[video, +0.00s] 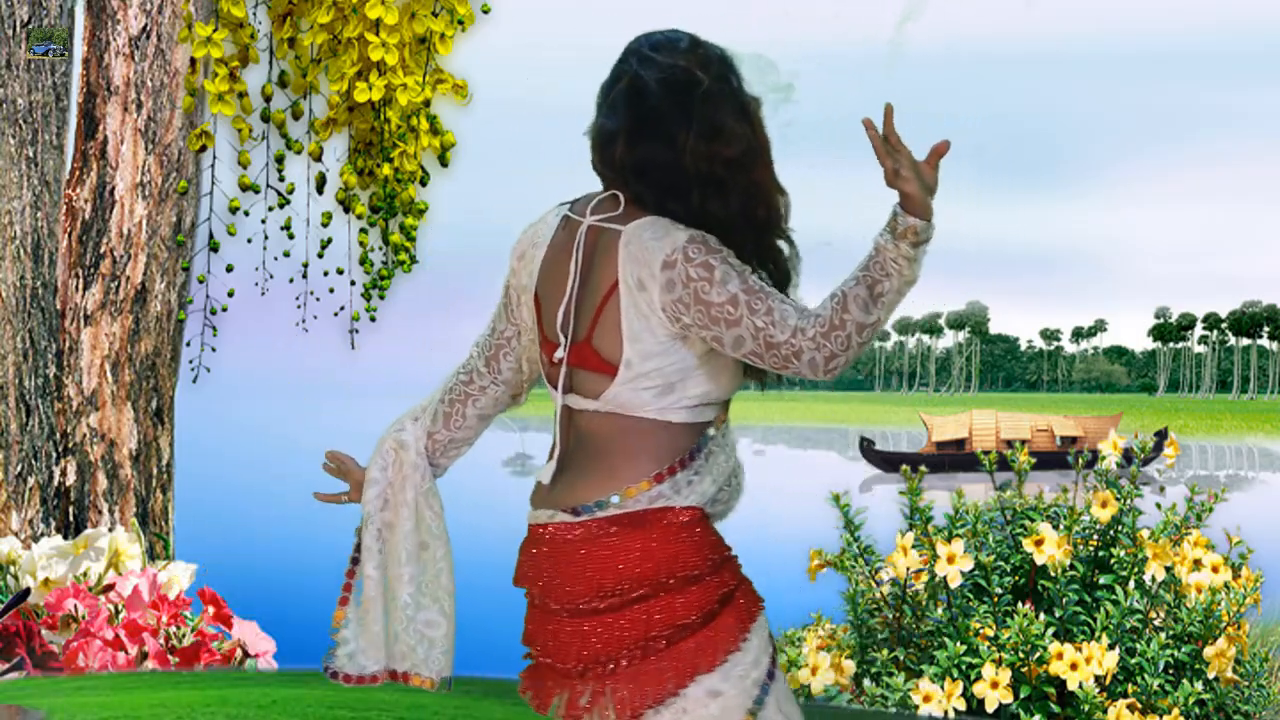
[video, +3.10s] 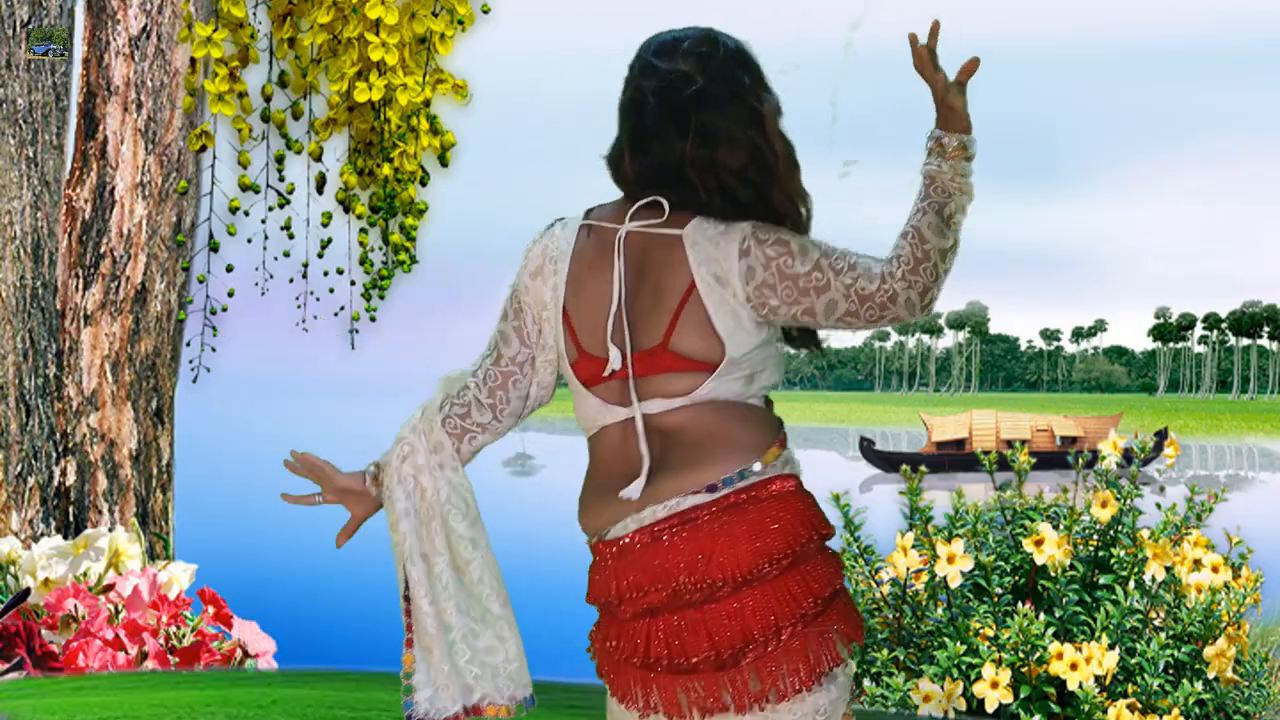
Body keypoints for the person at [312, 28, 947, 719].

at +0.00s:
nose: (748, 144)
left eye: (739, 122)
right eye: (737, 125)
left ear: (610, 137)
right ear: (716, 141)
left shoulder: (547, 242)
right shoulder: (675, 256)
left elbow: (483, 381)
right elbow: (816, 348)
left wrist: (393, 468)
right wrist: (910, 227)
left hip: (555, 543)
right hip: (656, 541)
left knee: (587, 705)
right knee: (735, 702)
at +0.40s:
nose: (692, 109)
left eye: (685, 88)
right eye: (679, 91)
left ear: (560, 115)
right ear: (652, 110)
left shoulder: (502, 229)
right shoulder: (658, 227)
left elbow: (432, 357)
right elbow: (785, 325)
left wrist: (318, 403)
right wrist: (867, 191)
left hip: (482, 516)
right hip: (600, 539)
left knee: (506, 697)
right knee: (681, 703)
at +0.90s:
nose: (735, 123)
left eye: (725, 102)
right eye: (727, 104)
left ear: (597, 113)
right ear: (709, 116)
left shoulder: (526, 235)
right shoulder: (722, 229)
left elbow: (486, 406)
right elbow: (834, 353)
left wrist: (351, 427)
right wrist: (928, 244)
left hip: (575, 516)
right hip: (715, 505)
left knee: (585, 698)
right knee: (741, 700)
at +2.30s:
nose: (681, 119)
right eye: (670, 101)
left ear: (543, 133)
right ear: (656, 120)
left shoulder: (501, 262)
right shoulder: (696, 235)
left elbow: (446, 421)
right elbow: (830, 310)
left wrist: (330, 350)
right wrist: (887, 173)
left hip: (488, 521)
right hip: (624, 548)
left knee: (490, 696)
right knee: (653, 701)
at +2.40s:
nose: (678, 119)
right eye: (667, 101)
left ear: (541, 128)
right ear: (656, 116)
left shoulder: (502, 255)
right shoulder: (698, 229)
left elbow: (449, 417)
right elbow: (828, 310)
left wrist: (327, 350)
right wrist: (885, 175)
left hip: (499, 518)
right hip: (634, 539)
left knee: (495, 695)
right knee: (657, 703)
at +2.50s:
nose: (705, 110)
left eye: (697, 89)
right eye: (696, 92)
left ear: (570, 115)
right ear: (678, 108)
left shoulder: (514, 243)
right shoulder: (711, 221)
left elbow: (469, 407)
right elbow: (844, 309)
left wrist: (331, 375)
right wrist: (913, 174)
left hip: (543, 522)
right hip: (684, 521)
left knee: (552, 693)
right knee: (710, 700)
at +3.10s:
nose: (772, 135)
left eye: (764, 111)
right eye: (760, 115)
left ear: (633, 131)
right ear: (740, 131)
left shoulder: (558, 254)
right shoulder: (742, 248)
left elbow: (496, 394)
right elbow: (902, 292)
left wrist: (387, 479)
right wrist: (952, 147)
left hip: (619, 531)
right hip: (744, 508)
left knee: (650, 709)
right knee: (792, 708)